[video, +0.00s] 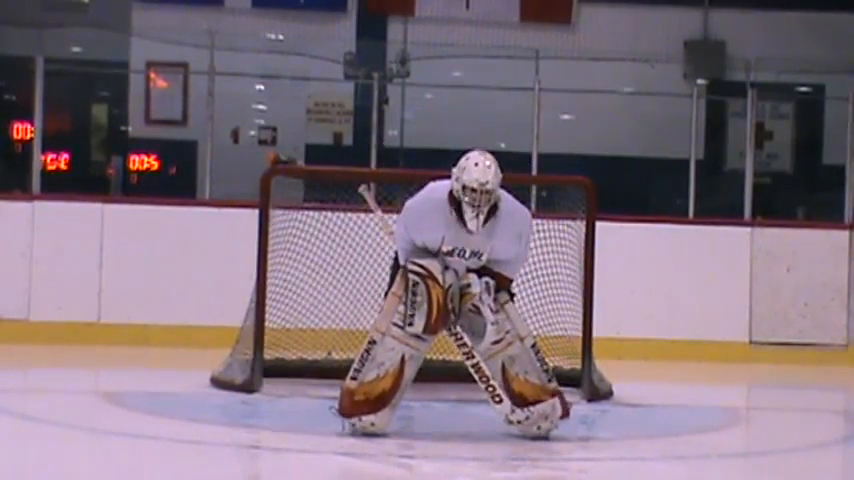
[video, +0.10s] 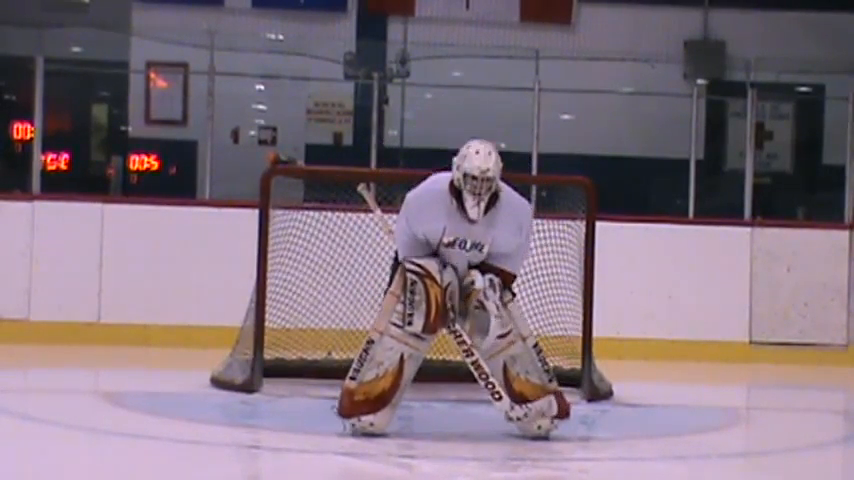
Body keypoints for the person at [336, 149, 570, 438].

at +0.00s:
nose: (477, 201)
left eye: (484, 195)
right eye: (470, 194)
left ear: (496, 193)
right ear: (456, 187)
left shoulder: (516, 218)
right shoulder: (425, 206)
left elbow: (503, 274)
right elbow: (409, 255)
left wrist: (478, 293)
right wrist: (434, 289)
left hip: (478, 281)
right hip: (425, 274)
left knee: (507, 339)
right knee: (402, 333)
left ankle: (535, 414)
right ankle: (368, 411)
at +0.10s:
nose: (478, 190)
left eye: (485, 183)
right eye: (471, 182)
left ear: (496, 180)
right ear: (458, 176)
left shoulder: (517, 211)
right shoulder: (424, 200)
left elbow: (506, 270)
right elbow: (410, 257)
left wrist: (483, 290)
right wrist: (440, 287)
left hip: (479, 282)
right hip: (428, 276)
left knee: (505, 338)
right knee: (402, 335)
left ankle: (534, 414)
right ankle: (369, 412)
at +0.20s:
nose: (479, 169)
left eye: (487, 161)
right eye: (472, 160)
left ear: (498, 161)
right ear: (459, 157)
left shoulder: (516, 198)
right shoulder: (425, 186)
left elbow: (517, 257)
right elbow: (408, 245)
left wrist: (501, 276)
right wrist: (430, 278)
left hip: (478, 283)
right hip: (425, 277)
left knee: (508, 334)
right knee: (398, 333)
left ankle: (534, 412)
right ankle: (370, 412)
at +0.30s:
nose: (480, 146)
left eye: (487, 139)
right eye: (473, 138)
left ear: (497, 141)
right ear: (459, 138)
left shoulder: (519, 185)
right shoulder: (426, 170)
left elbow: (533, 245)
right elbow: (399, 220)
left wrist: (519, 265)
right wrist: (417, 266)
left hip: (482, 277)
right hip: (424, 272)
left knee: (510, 339)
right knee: (395, 336)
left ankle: (536, 414)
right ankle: (368, 412)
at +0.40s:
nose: (477, 126)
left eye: (483, 119)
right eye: (470, 119)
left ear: (493, 123)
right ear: (456, 120)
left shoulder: (515, 167)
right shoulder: (422, 156)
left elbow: (538, 213)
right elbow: (386, 195)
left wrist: (545, 233)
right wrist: (397, 224)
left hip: (483, 268)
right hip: (426, 265)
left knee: (514, 342)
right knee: (394, 339)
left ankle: (537, 417)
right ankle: (366, 414)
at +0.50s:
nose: (475, 115)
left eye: (481, 108)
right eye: (468, 107)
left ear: (492, 110)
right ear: (454, 108)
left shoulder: (511, 154)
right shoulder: (423, 147)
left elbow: (534, 203)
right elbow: (395, 197)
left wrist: (557, 205)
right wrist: (391, 229)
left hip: (486, 266)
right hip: (430, 262)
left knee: (517, 342)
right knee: (397, 338)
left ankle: (539, 416)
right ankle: (368, 414)